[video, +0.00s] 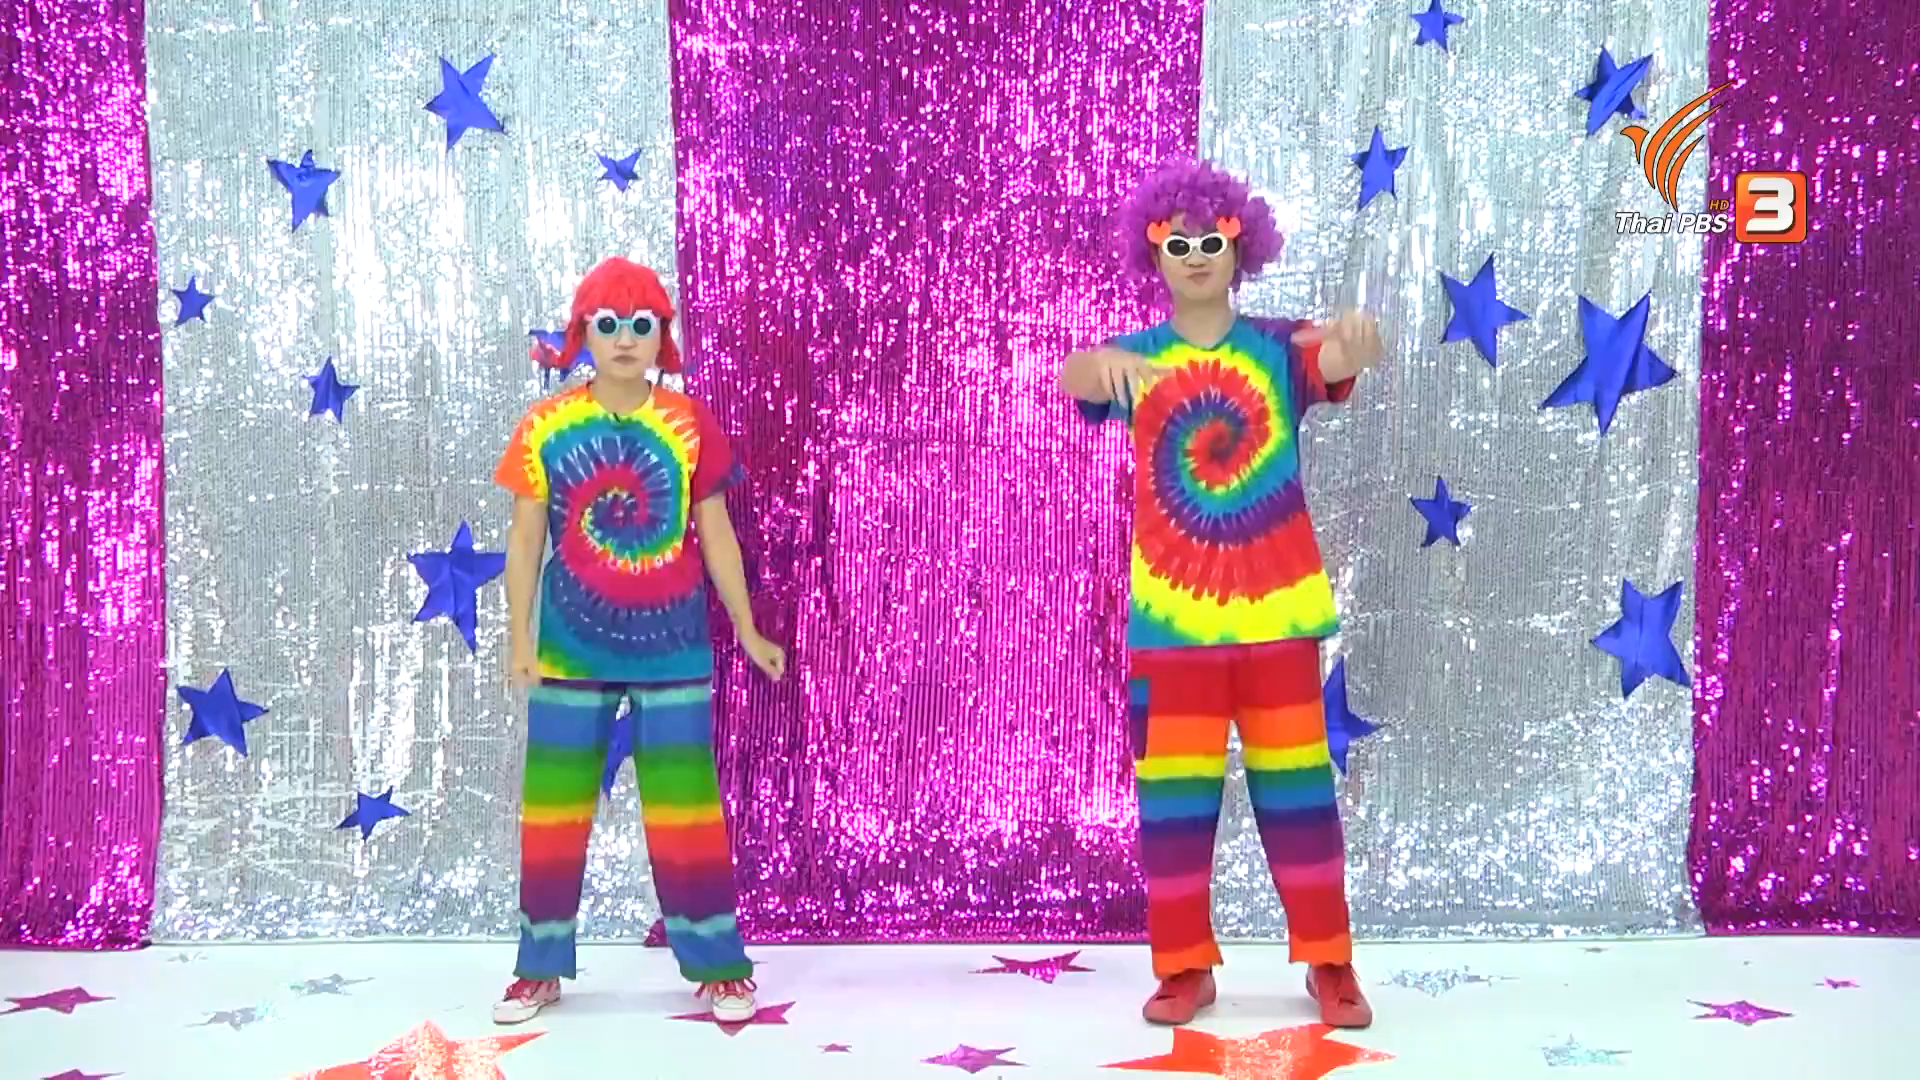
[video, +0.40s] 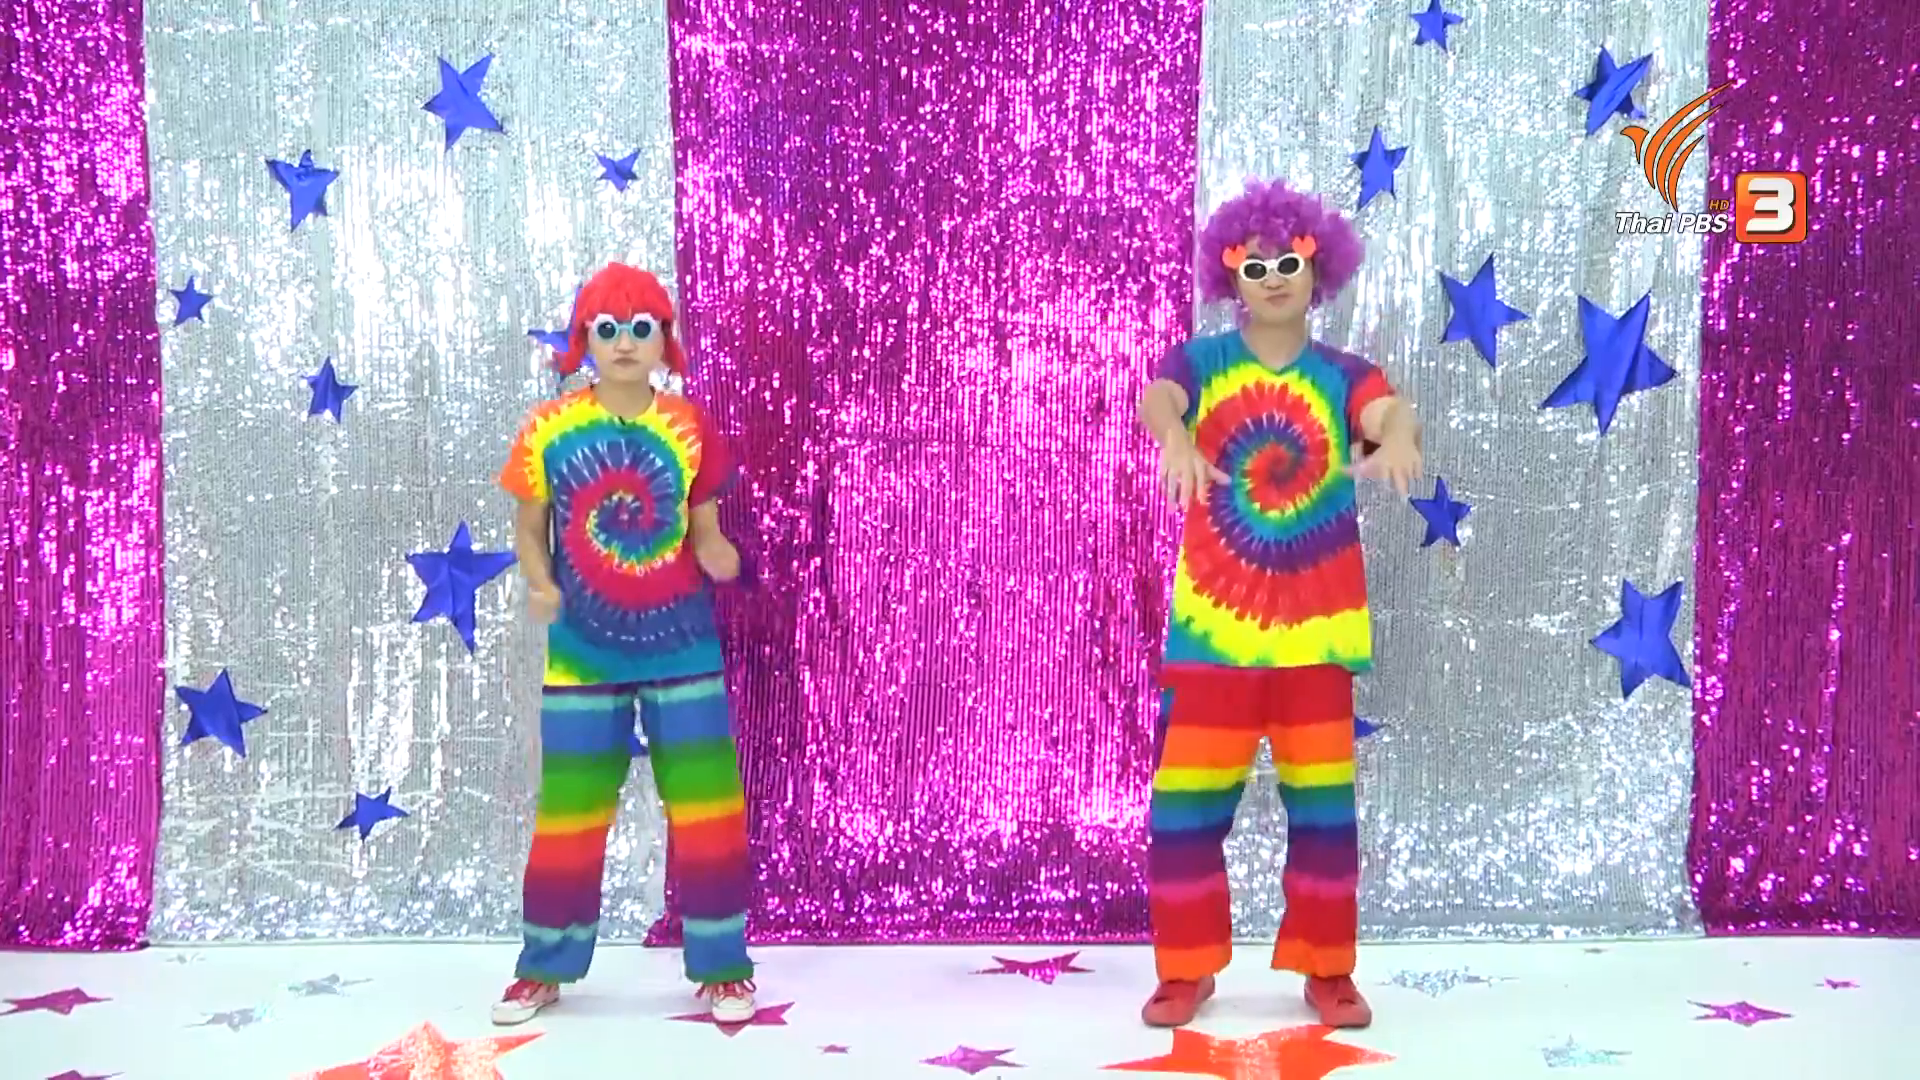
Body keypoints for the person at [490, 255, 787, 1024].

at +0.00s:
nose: (624, 338)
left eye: (640, 324)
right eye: (608, 324)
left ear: (662, 338)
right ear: (585, 336)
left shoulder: (690, 423)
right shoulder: (548, 426)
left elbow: (717, 534)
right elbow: (526, 538)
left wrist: (747, 629)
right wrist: (520, 640)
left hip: (673, 650)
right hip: (572, 650)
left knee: (689, 810)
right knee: (551, 813)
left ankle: (720, 968)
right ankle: (539, 968)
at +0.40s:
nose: (624, 342)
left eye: (641, 328)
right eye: (607, 329)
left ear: (664, 343)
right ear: (585, 343)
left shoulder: (687, 425)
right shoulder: (550, 427)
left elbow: (702, 507)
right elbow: (529, 522)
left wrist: (714, 542)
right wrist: (539, 578)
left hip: (682, 643)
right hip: (583, 647)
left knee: (707, 803)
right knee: (567, 805)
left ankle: (722, 968)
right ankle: (545, 964)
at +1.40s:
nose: (566, 335)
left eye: (583, 318)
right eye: (546, 321)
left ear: (616, 333)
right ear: (525, 341)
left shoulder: (659, 427)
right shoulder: (500, 438)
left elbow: (718, 544)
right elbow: (478, 556)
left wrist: (652, 526)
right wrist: (422, 546)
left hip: (635, 690)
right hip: (520, 689)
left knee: (668, 883)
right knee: (501, 886)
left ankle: (697, 1065)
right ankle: (491, 1065)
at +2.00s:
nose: (542, 380)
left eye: (565, 363)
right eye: (523, 359)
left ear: (588, 382)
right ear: (491, 370)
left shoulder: (614, 472)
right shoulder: (434, 478)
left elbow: (730, 555)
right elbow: (359, 602)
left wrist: (729, 541)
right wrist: (466, 561)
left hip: (615, 765)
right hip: (486, 768)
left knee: (638, 996)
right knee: (455, 997)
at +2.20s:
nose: (539, 415)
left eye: (561, 395)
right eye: (516, 395)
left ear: (586, 413)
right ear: (483, 409)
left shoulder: (607, 518)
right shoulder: (426, 515)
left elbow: (678, 659)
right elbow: (360, 646)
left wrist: (663, 545)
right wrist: (464, 572)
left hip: (619, 808)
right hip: (489, 816)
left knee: (653, 1039)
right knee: (474, 1049)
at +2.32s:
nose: (522, 410)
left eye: (542, 389)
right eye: (497, 393)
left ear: (572, 403)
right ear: (468, 411)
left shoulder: (612, 512)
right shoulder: (419, 518)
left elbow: (656, 657)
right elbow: (339, 644)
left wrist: (607, 637)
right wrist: (408, 674)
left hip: (598, 808)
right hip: (465, 814)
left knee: (637, 1033)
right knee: (445, 1042)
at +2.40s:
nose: (510, 414)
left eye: (529, 389)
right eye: (484, 400)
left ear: (562, 398)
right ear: (460, 421)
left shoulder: (613, 510)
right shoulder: (419, 525)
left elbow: (659, 646)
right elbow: (330, 636)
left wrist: (564, 652)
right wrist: (316, 704)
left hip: (585, 826)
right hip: (449, 828)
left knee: (631, 1054)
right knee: (421, 1056)